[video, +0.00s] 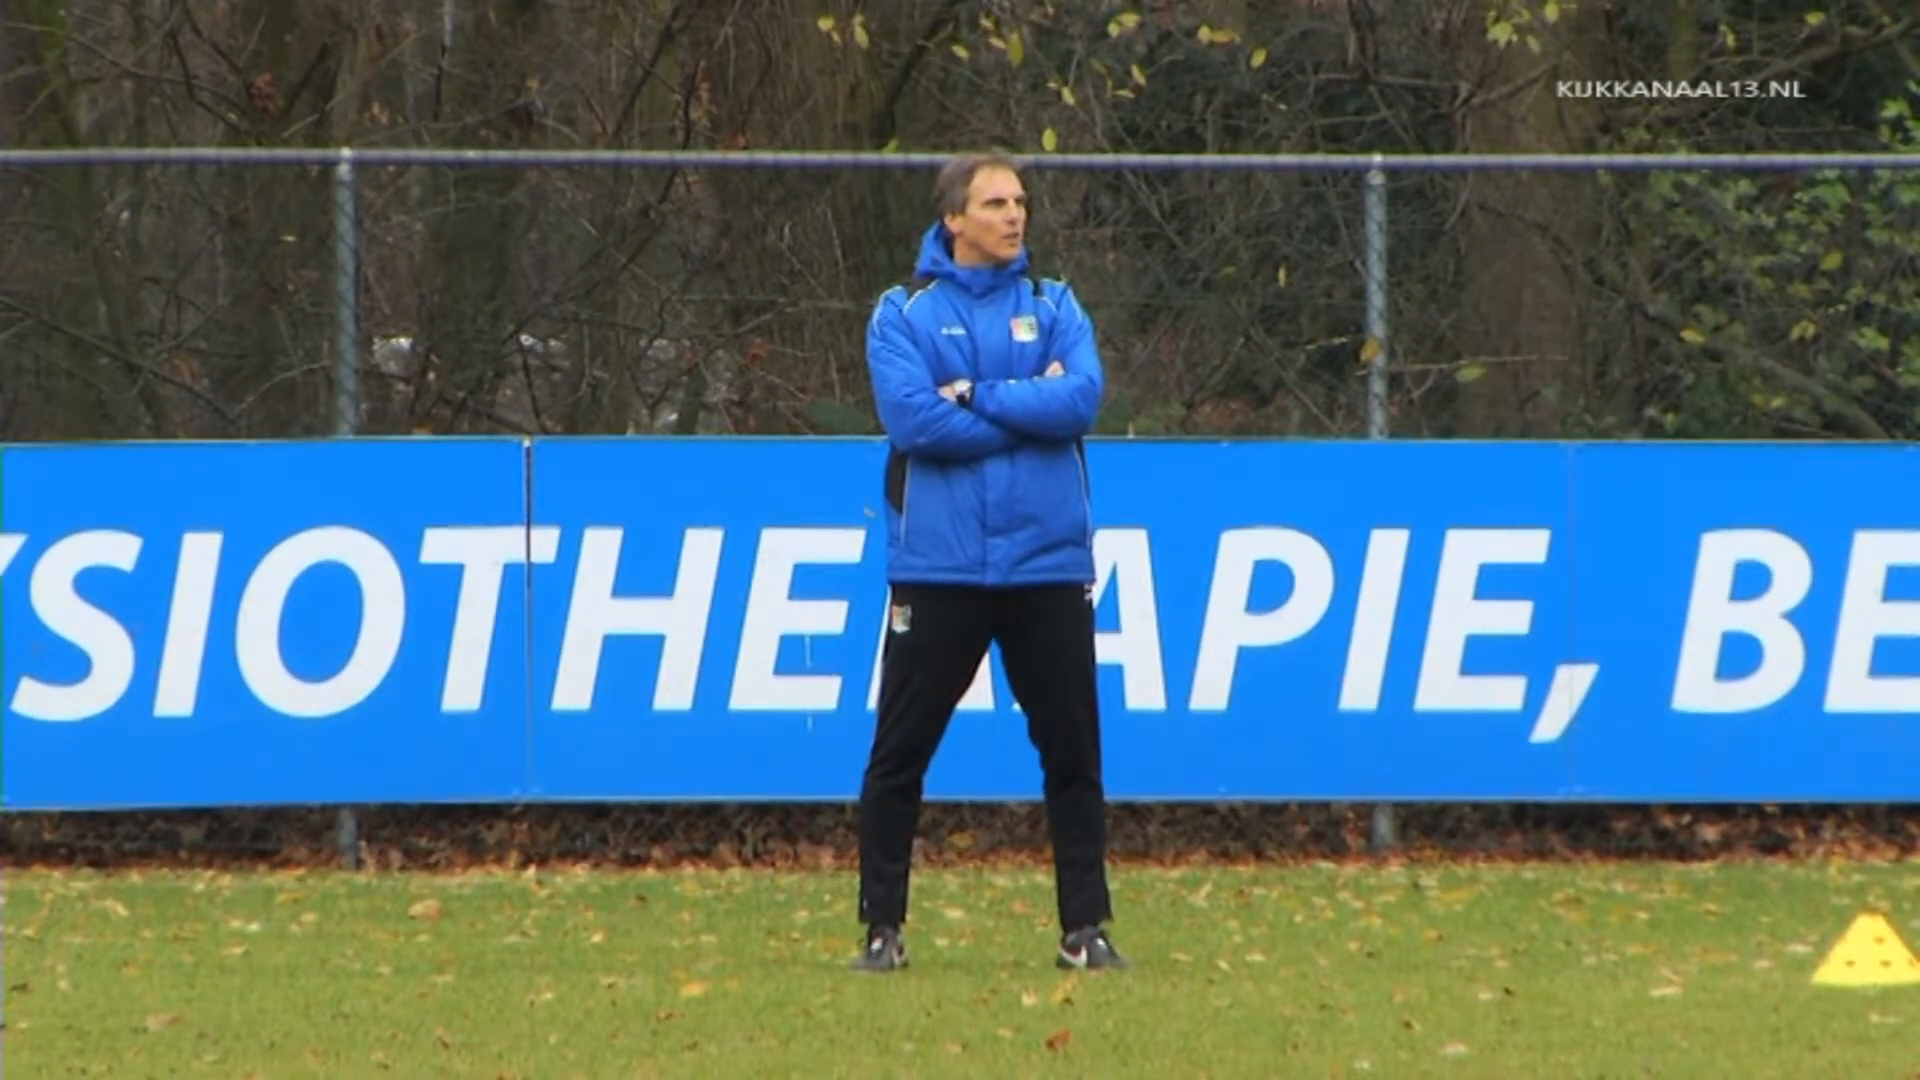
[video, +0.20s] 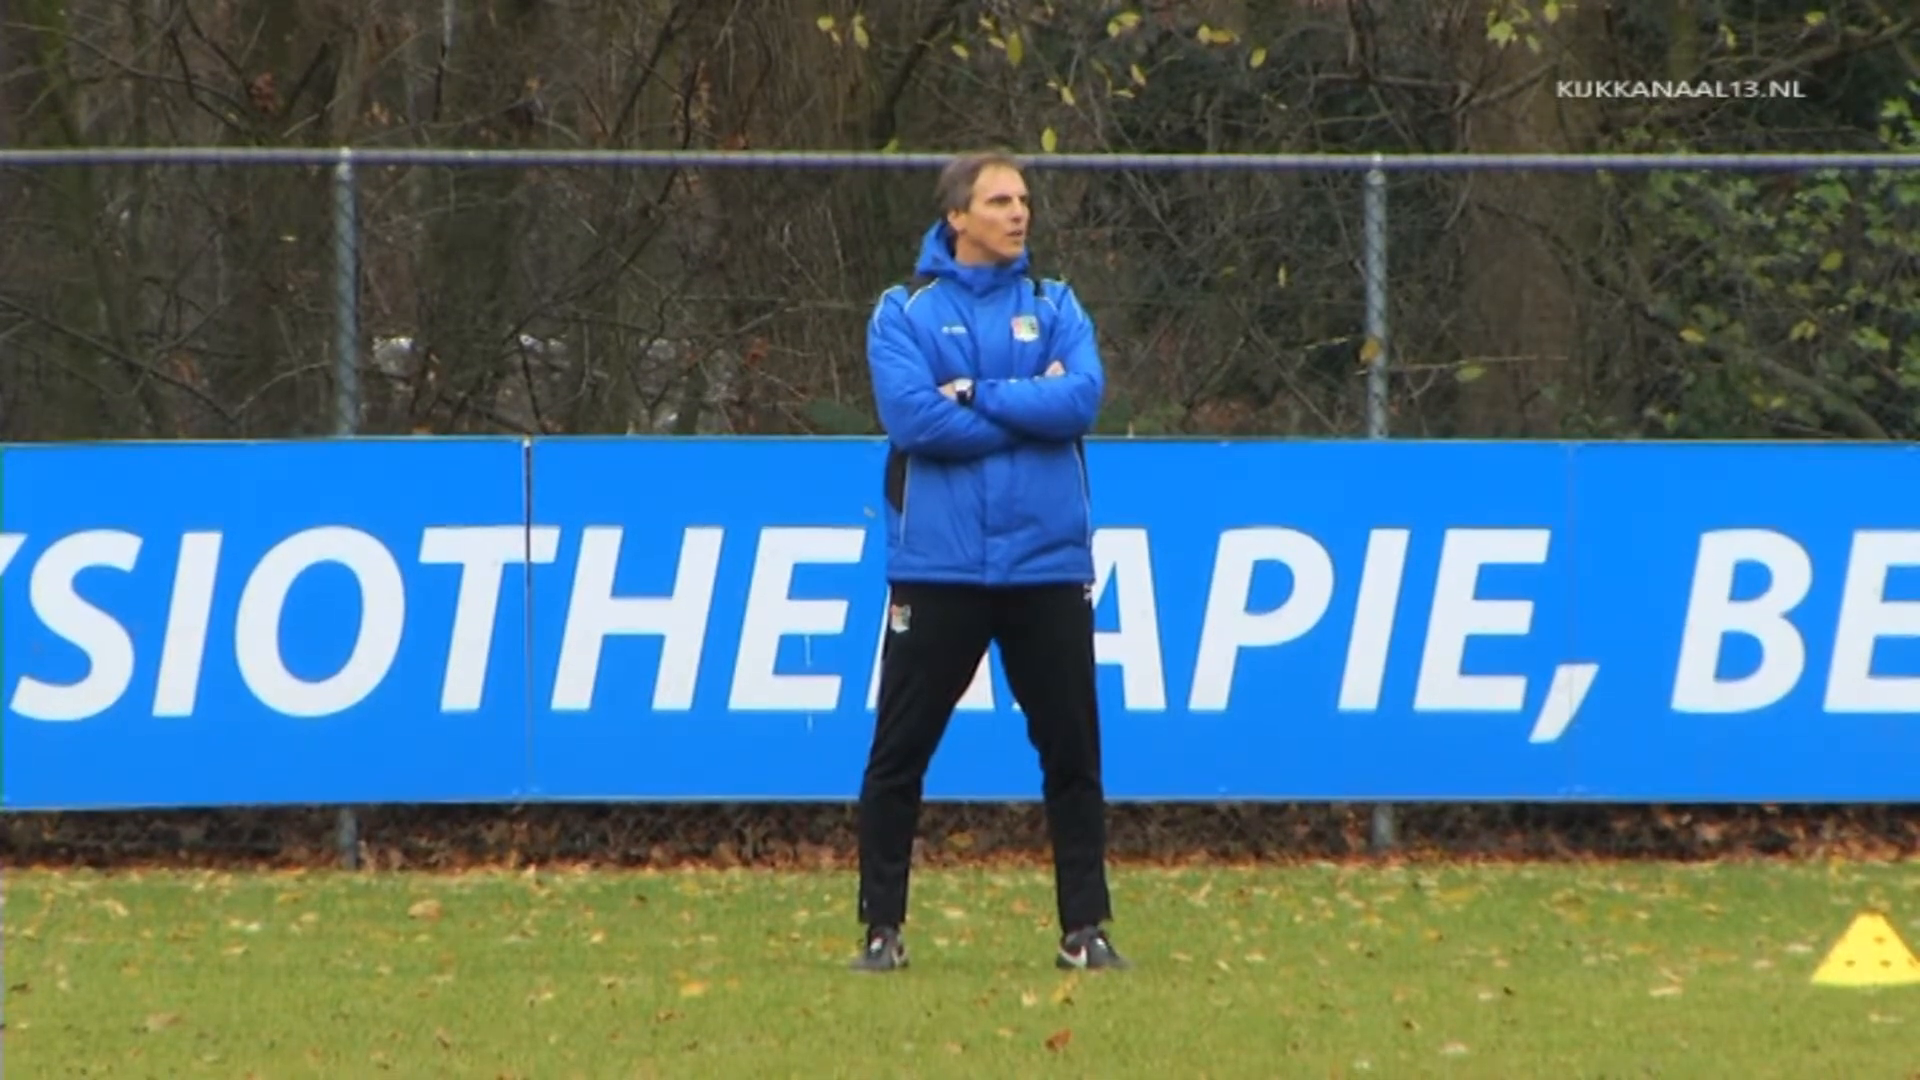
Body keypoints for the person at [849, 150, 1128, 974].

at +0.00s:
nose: (1013, 215)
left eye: (1019, 203)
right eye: (995, 205)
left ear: (1027, 216)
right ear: (954, 221)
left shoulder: (1055, 304)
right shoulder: (902, 313)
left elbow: (1080, 401)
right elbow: (916, 425)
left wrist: (971, 392)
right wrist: (1025, 413)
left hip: (1049, 567)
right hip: (941, 570)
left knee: (1073, 751)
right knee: (901, 752)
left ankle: (1085, 931)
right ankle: (882, 929)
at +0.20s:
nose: (1018, 213)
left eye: (1023, 201)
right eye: (1000, 202)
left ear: (1029, 216)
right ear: (957, 219)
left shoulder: (1056, 304)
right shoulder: (903, 311)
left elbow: (1080, 401)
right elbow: (917, 424)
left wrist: (971, 391)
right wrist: (1026, 412)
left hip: (1049, 567)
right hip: (940, 570)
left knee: (1073, 751)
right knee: (901, 752)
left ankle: (1085, 931)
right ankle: (882, 929)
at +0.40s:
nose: (1024, 213)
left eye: (1028, 202)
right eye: (1007, 202)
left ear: (1031, 216)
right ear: (962, 217)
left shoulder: (1058, 305)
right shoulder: (905, 310)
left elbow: (1082, 401)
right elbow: (916, 423)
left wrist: (974, 391)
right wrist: (1026, 412)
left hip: (1050, 567)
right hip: (940, 569)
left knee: (1073, 750)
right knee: (901, 752)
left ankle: (1085, 931)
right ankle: (882, 930)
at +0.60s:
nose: (1027, 214)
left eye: (1031, 202)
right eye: (1010, 202)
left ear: (1033, 216)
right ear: (964, 218)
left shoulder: (1059, 306)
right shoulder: (906, 310)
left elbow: (1082, 401)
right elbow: (917, 423)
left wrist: (975, 391)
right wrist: (1027, 412)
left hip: (1050, 567)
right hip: (941, 569)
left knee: (1073, 750)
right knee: (901, 752)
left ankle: (1085, 931)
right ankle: (882, 929)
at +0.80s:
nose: (1027, 215)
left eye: (1031, 203)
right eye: (1010, 203)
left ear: (1034, 217)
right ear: (965, 218)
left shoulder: (1059, 306)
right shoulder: (907, 310)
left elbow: (1083, 402)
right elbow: (917, 423)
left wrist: (975, 391)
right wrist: (1028, 413)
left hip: (1050, 567)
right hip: (941, 569)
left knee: (1073, 750)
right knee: (901, 752)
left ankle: (1085, 931)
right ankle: (882, 929)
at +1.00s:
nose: (1025, 216)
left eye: (1030, 204)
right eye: (1008, 204)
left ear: (1035, 218)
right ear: (964, 218)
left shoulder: (1059, 305)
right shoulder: (906, 310)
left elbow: (1083, 403)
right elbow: (918, 423)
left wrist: (975, 391)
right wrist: (1028, 413)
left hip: (1050, 567)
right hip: (941, 569)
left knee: (1073, 751)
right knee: (901, 752)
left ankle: (1085, 931)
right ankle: (882, 929)